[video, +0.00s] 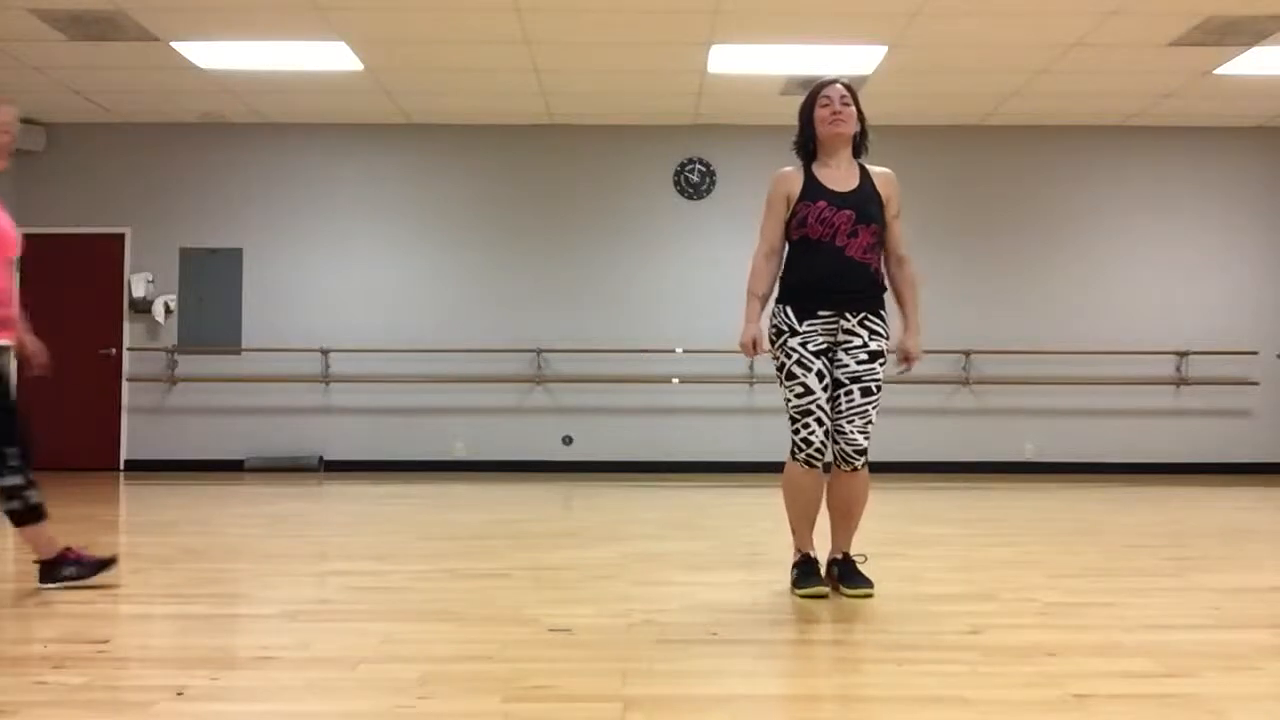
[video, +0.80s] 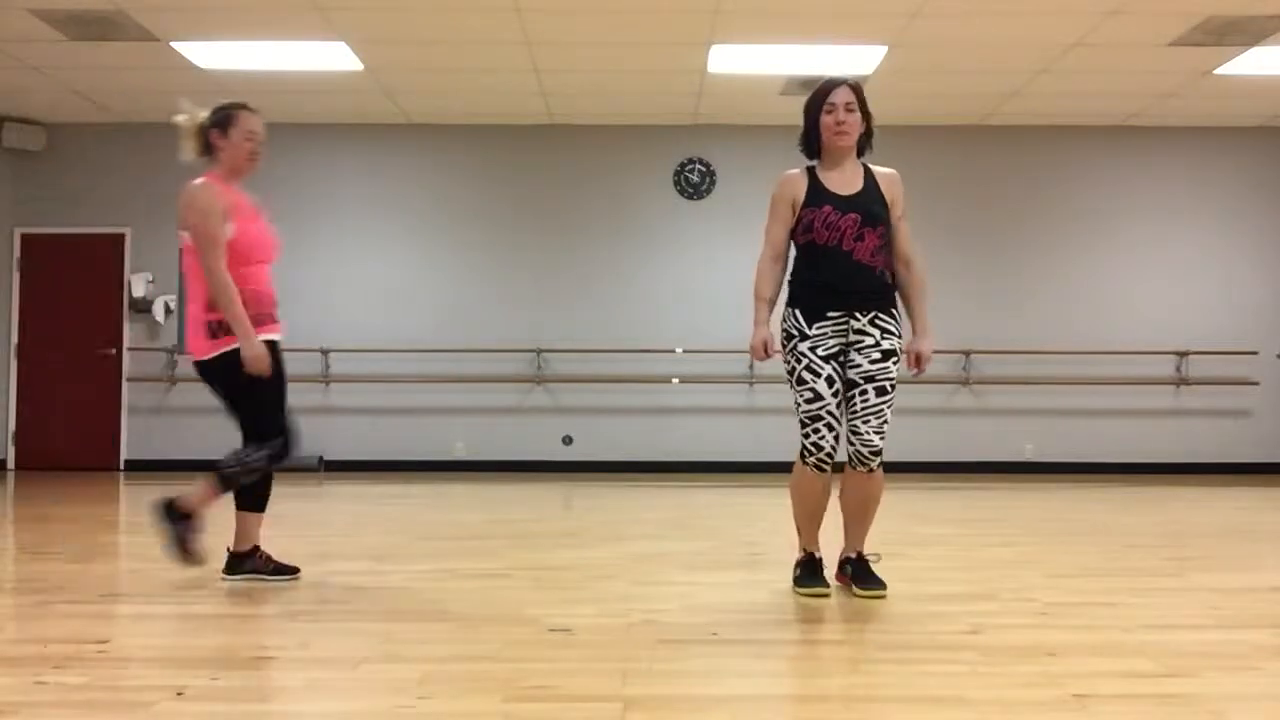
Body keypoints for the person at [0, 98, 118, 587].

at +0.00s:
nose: (9, 140)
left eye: (11, 131)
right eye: (4, 131)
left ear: (15, 138)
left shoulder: (5, 215)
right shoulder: (1, 215)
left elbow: (8, 286)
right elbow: (6, 287)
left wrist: (25, 335)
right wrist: (20, 335)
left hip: (5, 348)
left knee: (9, 449)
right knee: (7, 449)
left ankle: (50, 553)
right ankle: (49, 554)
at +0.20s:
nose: (79, 141)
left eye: (82, 132)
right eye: (71, 131)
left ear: (70, 135)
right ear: (37, 129)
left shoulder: (53, 186)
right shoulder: (22, 185)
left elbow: (66, 273)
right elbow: (8, 270)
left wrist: (90, 329)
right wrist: (8, 341)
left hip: (64, 334)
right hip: (41, 335)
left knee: (63, 440)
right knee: (61, 440)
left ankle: (65, 553)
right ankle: (63, 556)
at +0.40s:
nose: (143, 141)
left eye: (146, 132)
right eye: (135, 130)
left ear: (125, 134)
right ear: (101, 129)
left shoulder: (111, 183)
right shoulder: (90, 182)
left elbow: (116, 263)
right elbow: (98, 264)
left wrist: (145, 308)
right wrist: (148, 324)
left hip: (116, 337)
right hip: (89, 340)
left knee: (170, 428)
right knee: (88, 446)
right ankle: (65, 556)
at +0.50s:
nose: (173, 145)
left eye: (175, 137)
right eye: (165, 136)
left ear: (150, 139)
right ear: (133, 135)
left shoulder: (145, 190)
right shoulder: (121, 189)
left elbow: (154, 273)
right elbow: (141, 272)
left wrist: (185, 324)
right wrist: (200, 315)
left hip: (157, 343)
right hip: (122, 347)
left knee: (195, 436)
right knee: (106, 452)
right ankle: (66, 555)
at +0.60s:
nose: (200, 153)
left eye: (203, 145)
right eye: (193, 143)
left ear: (176, 144)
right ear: (161, 141)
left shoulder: (174, 195)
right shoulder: (150, 195)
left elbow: (188, 274)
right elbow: (175, 277)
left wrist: (222, 319)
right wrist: (239, 319)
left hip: (195, 348)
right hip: (164, 352)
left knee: (230, 439)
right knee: (142, 455)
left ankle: (243, 551)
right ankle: (73, 548)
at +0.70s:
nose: (229, 153)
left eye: (232, 144)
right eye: (222, 142)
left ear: (226, 146)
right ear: (189, 141)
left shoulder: (205, 194)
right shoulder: (182, 195)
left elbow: (207, 274)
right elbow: (197, 273)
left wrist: (239, 327)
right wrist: (251, 325)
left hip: (229, 345)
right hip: (199, 351)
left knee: (251, 443)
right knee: (214, 456)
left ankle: (245, 551)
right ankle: (118, 521)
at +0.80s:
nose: (256, 149)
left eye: (260, 142)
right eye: (248, 139)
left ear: (256, 145)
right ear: (218, 138)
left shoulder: (236, 196)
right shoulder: (204, 193)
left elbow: (247, 273)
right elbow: (215, 275)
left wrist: (266, 334)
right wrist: (248, 339)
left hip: (256, 337)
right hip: (226, 341)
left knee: (265, 444)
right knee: (271, 442)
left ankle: (245, 551)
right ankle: (186, 507)